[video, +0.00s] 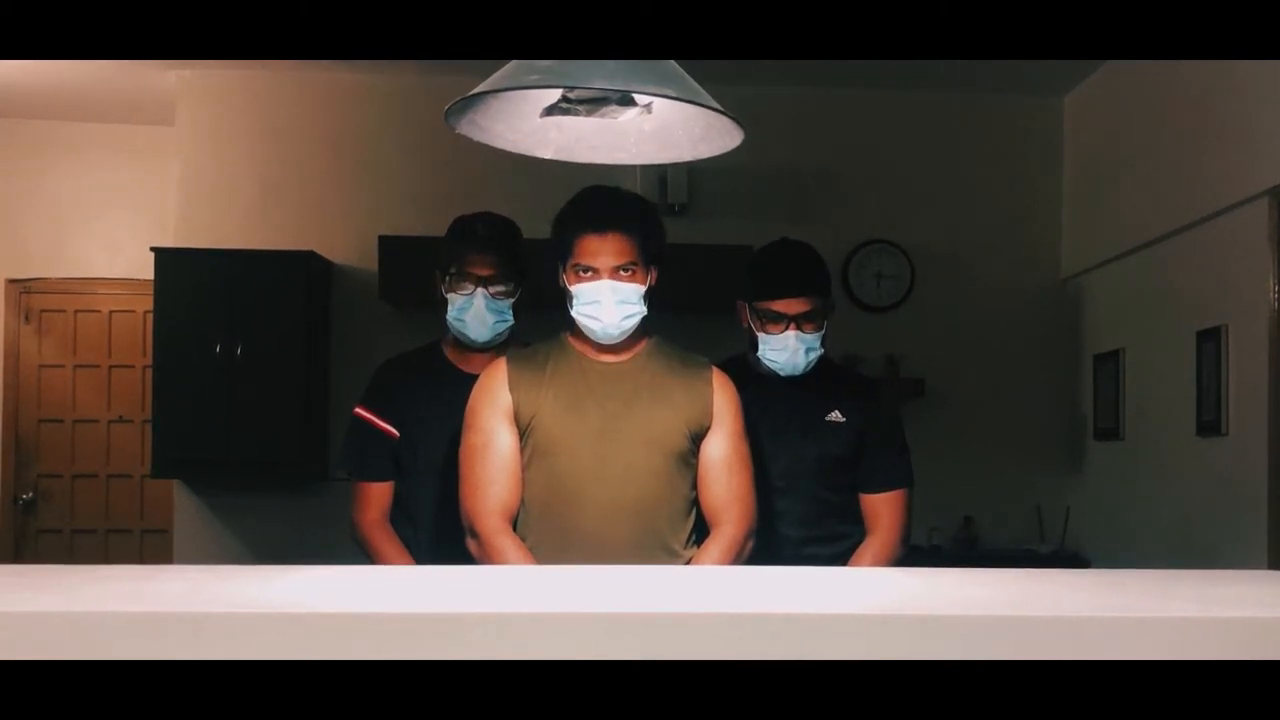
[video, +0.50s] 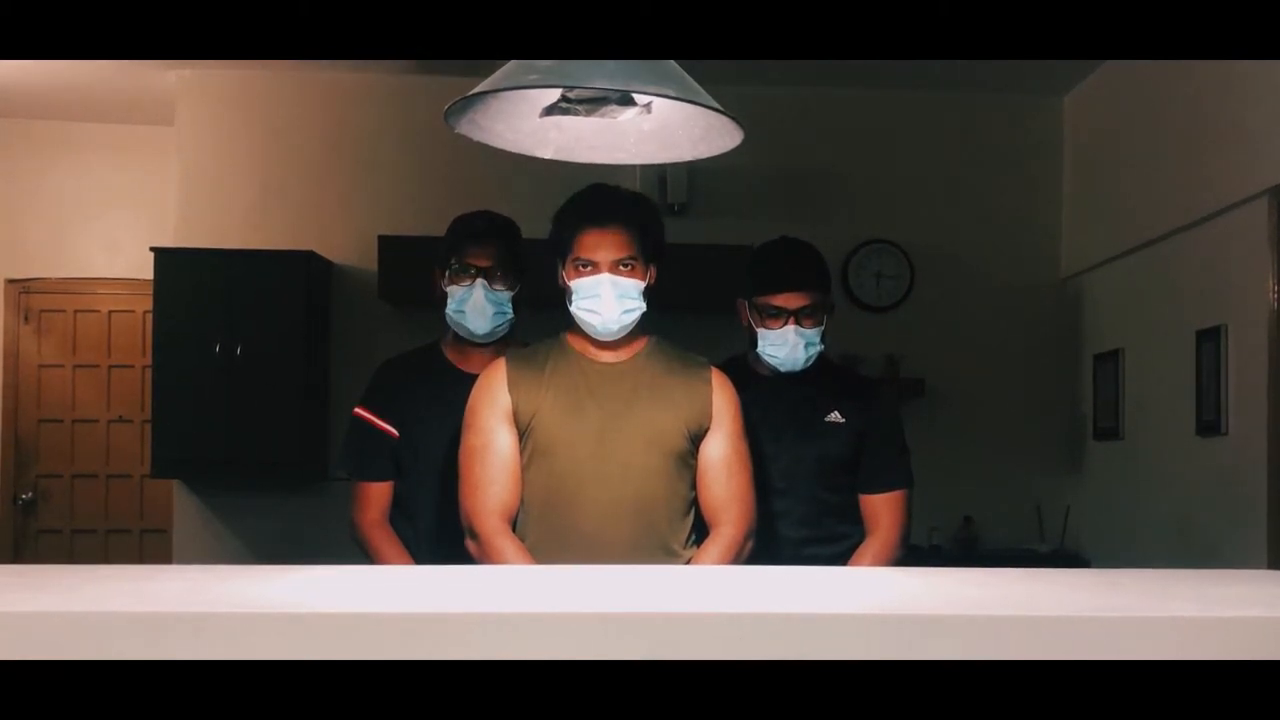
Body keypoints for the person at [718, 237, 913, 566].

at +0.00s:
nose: (792, 335)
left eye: (808, 320)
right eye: (773, 320)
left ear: (827, 315)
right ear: (746, 315)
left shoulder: (863, 399)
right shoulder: (716, 392)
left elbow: (886, 536)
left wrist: (832, 606)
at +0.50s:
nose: (791, 330)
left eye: (807, 314)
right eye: (773, 314)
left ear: (826, 313)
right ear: (746, 313)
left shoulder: (862, 399)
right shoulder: (714, 393)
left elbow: (885, 536)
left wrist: (831, 611)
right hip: (738, 593)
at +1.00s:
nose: (791, 326)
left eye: (807, 310)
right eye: (773, 309)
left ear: (826, 310)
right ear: (746, 310)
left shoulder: (863, 400)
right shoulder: (712, 394)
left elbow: (885, 537)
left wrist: (830, 611)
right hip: (737, 595)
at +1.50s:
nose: (792, 319)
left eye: (808, 305)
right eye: (774, 304)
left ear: (826, 309)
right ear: (747, 309)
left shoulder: (862, 401)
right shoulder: (710, 393)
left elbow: (885, 536)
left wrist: (831, 611)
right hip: (736, 596)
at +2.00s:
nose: (790, 315)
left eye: (807, 301)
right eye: (772, 300)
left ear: (824, 307)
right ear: (745, 307)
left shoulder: (862, 400)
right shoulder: (709, 393)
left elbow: (884, 536)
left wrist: (831, 611)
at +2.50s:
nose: (788, 308)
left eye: (804, 293)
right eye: (770, 293)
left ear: (822, 304)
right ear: (743, 304)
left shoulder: (861, 400)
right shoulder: (708, 394)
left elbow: (883, 537)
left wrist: (830, 611)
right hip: (734, 596)